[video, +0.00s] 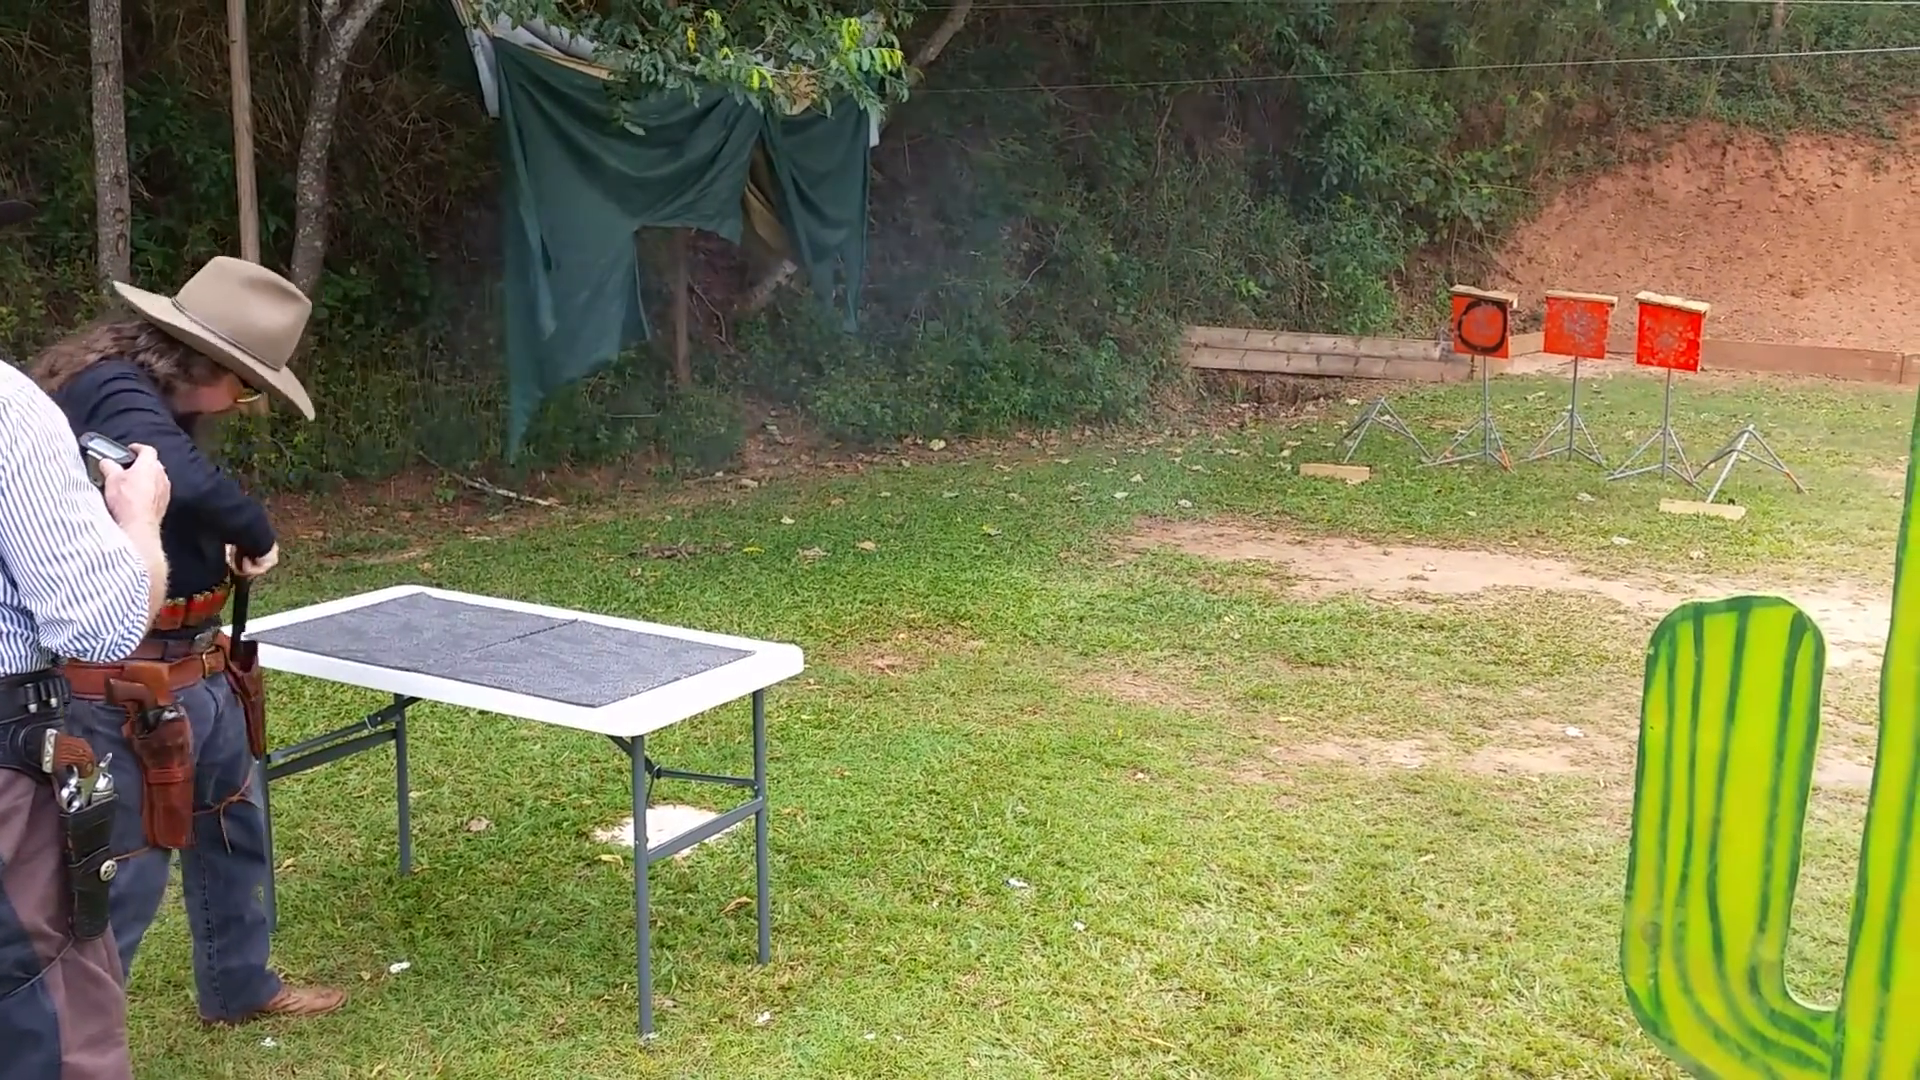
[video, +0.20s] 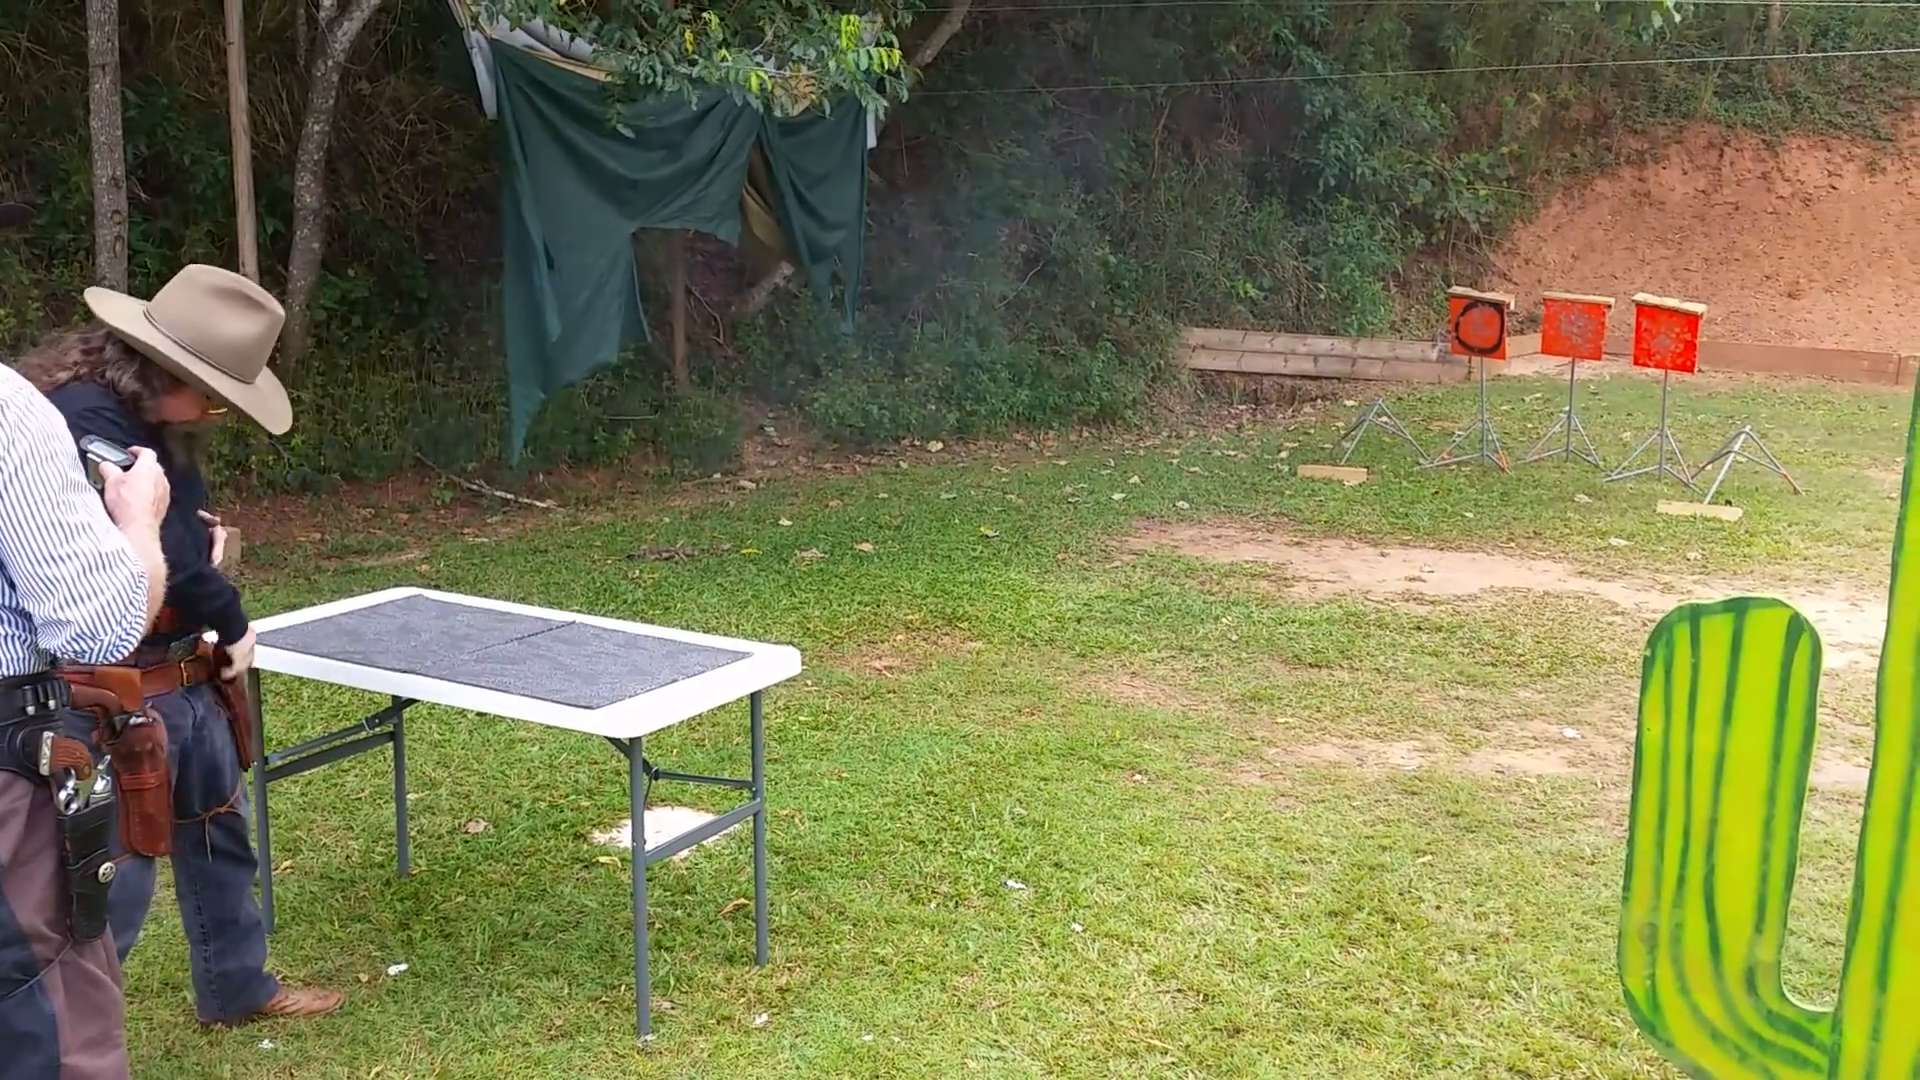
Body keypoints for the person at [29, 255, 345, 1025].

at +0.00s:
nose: (236, 404)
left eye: (244, 392)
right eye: (238, 387)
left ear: (186, 351)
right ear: (207, 365)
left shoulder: (144, 393)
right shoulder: (120, 392)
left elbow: (157, 529)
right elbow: (188, 484)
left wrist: (225, 552)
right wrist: (258, 533)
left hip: (190, 659)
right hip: (114, 670)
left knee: (231, 821)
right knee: (126, 869)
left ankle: (238, 987)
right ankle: (78, 1022)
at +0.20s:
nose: (213, 413)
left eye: (220, 401)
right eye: (212, 398)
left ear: (160, 363)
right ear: (177, 378)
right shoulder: (121, 438)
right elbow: (174, 559)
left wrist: (204, 534)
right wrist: (233, 622)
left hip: (178, 670)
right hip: (112, 680)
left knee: (216, 833)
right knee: (117, 869)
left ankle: (236, 987)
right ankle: (72, 1007)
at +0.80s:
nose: (224, 358)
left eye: (225, 344)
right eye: (217, 344)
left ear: (148, 338)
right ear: (177, 347)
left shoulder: (134, 404)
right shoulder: (122, 407)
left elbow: (169, 509)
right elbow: (160, 518)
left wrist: (238, 508)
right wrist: (240, 522)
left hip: (168, 667)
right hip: (120, 678)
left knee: (213, 836)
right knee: (131, 879)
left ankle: (236, 993)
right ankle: (63, 1032)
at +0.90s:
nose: (224, 356)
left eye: (222, 341)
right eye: (218, 341)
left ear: (133, 341)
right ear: (185, 347)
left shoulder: (103, 411)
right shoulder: (155, 420)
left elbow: (205, 488)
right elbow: (255, 525)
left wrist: (275, 466)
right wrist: (313, 490)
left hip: (150, 668)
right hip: (128, 679)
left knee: (212, 830)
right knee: (130, 878)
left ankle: (237, 993)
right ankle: (70, 1034)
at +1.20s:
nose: (247, 355)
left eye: (245, 340)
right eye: (238, 340)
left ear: (159, 342)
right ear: (201, 347)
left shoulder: (106, 399)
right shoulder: (188, 412)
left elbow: (262, 412)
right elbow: (296, 428)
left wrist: (355, 383)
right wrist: (393, 395)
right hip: (141, 671)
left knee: (210, 830)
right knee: (136, 872)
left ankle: (239, 991)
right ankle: (70, 1032)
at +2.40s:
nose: (261, 345)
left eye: (257, 331)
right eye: (251, 332)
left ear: (175, 335)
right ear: (214, 337)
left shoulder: (124, 390)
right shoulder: (200, 405)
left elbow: (275, 400)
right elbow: (320, 425)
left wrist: (374, 370)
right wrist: (405, 394)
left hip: (112, 656)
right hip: (144, 667)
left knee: (218, 826)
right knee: (135, 870)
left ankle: (240, 992)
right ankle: (67, 1031)